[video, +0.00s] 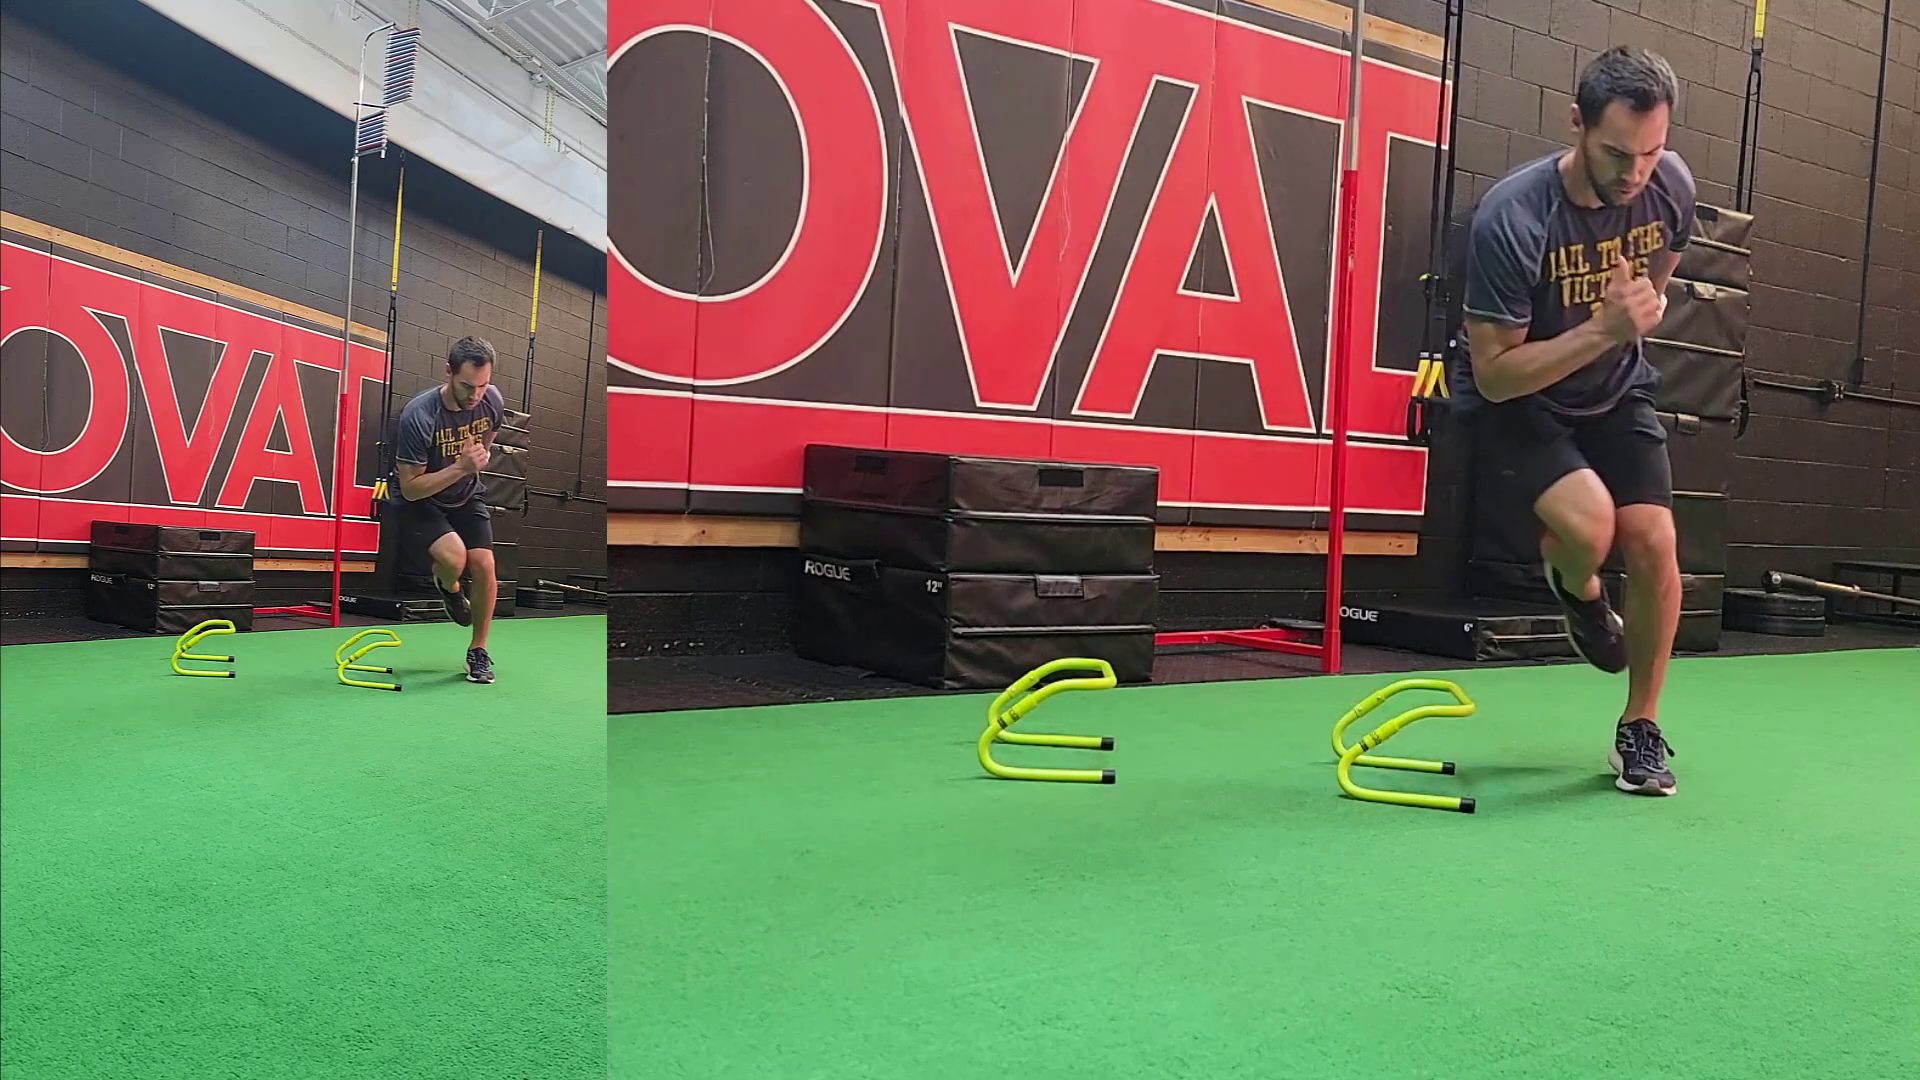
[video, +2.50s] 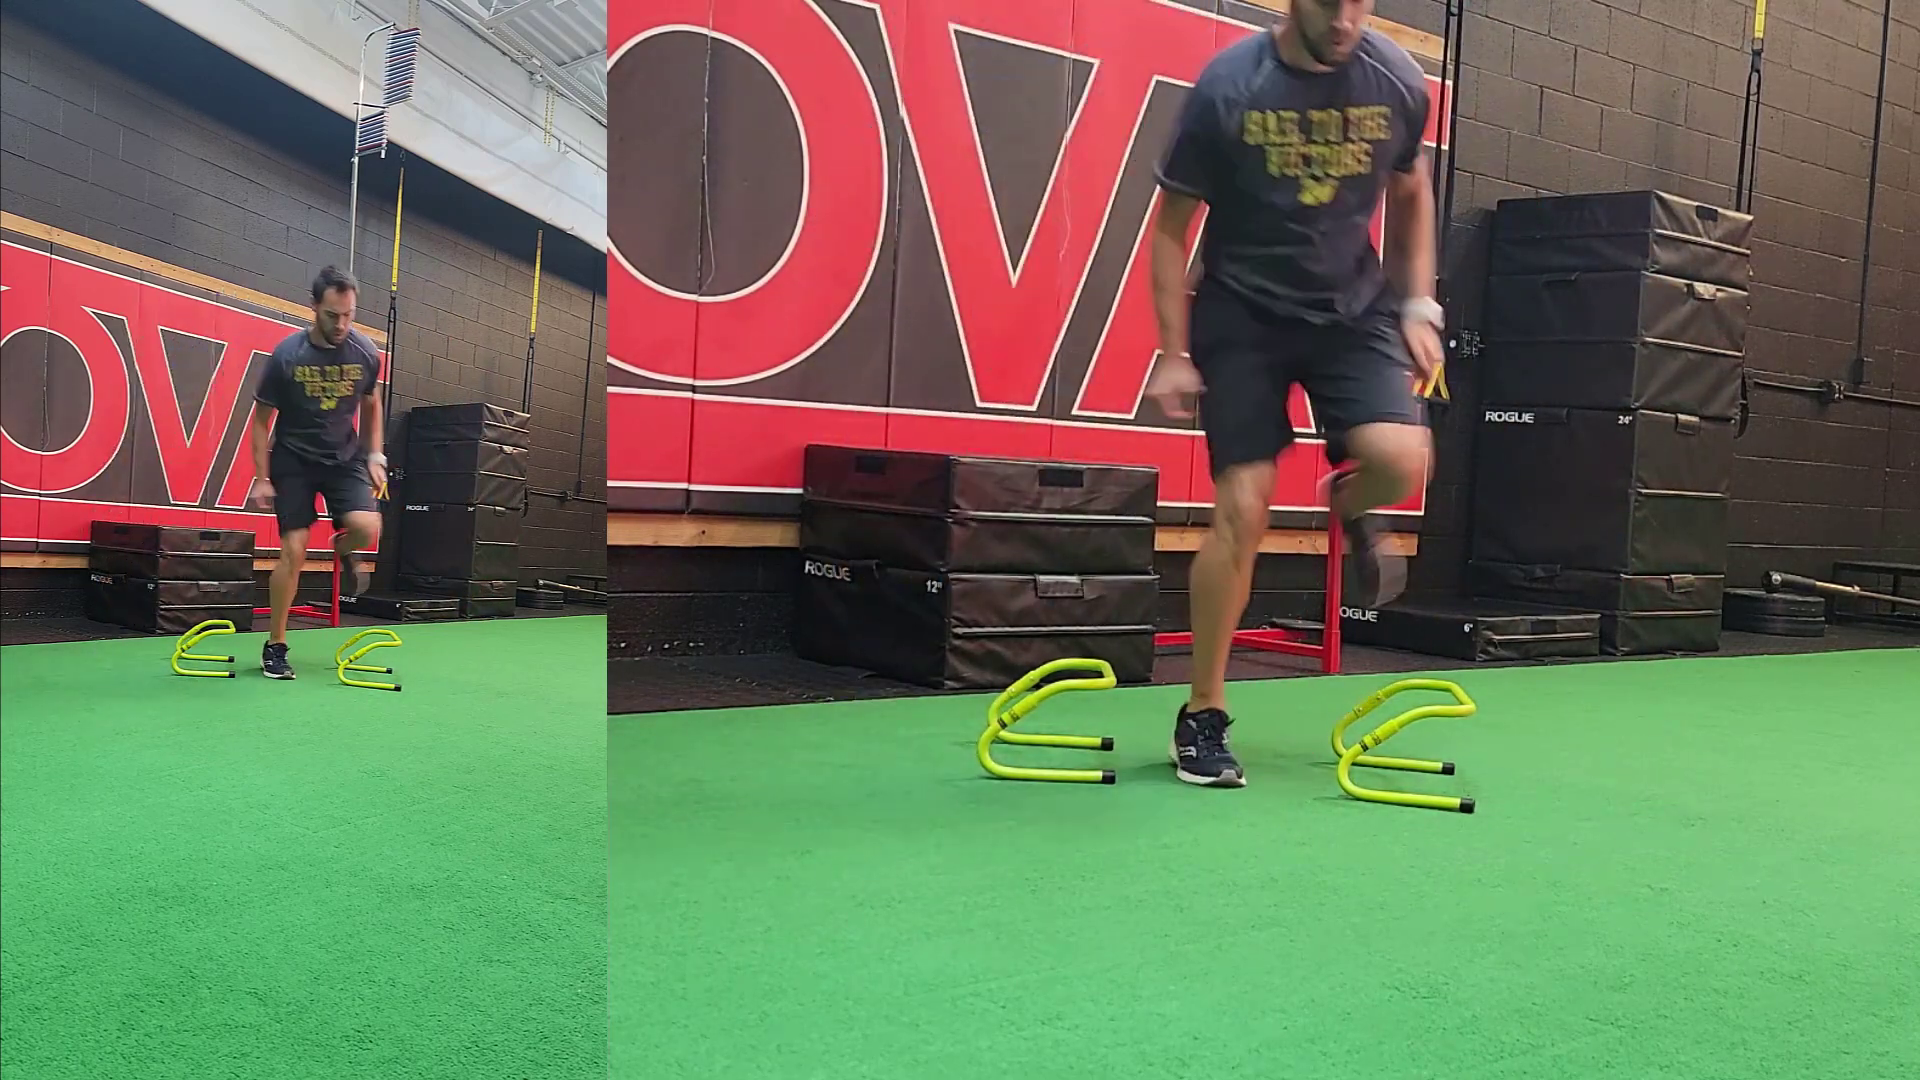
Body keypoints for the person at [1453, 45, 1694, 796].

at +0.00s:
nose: (1631, 174)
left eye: (1648, 155)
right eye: (1615, 154)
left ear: (1664, 136)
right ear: (1577, 125)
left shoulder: (1671, 190)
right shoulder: (1509, 218)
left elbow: (1655, 290)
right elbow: (1495, 376)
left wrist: (1632, 321)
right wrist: (1603, 330)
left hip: (1615, 387)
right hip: (1516, 399)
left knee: (1653, 542)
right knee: (1590, 525)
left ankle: (1640, 726)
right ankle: (1578, 593)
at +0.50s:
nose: (1536, 94)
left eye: (1556, 77)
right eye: (1525, 71)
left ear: (1594, 67)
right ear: (1507, 53)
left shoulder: (1617, 157)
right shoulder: (1440, 144)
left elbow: (1639, 308)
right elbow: (1335, 204)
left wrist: (1603, 283)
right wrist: (1271, 275)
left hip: (1555, 367)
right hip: (1447, 337)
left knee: (1603, 537)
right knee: (1442, 452)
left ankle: (1635, 726)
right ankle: (1358, 588)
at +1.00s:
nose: (1193, 12)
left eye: (1212, 2)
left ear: (1250, 1)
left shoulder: (1301, 87)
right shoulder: (1131, 61)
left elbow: (1359, 223)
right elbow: (1100, 174)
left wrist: (1365, 361)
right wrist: (1083, 231)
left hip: (1247, 314)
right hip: (1142, 287)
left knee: (1246, 511)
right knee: (1059, 384)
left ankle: (1282, 716)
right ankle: (1110, 460)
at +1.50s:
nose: (906, 122)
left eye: (925, 102)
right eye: (892, 100)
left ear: (967, 76)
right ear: (874, 79)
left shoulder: (1036, 166)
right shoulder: (870, 129)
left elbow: (979, 324)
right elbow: (912, 241)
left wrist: (897, 217)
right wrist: (891, 208)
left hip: (1032, 335)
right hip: (927, 321)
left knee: (971, 487)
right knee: (896, 490)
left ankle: (963, 507)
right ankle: (872, 690)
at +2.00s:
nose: (991, 83)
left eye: (1006, 62)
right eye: (972, 66)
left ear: (1029, 43)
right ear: (942, 51)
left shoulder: (1083, 139)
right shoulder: (899, 141)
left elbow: (1159, 258)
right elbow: (878, 266)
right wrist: (879, 347)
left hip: (1054, 346)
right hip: (943, 350)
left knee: (1058, 492)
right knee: (890, 506)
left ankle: (1128, 546)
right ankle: (845, 696)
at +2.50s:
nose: (1347, 22)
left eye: (1359, 7)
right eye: (1330, 6)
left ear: (1373, 5)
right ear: (1290, 2)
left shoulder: (1400, 83)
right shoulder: (1225, 90)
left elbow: (1413, 194)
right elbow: (1169, 231)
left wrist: (1419, 304)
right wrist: (1173, 353)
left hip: (1355, 311)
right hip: (1243, 312)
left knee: (1402, 465)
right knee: (1243, 511)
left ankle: (1342, 505)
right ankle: (1204, 714)